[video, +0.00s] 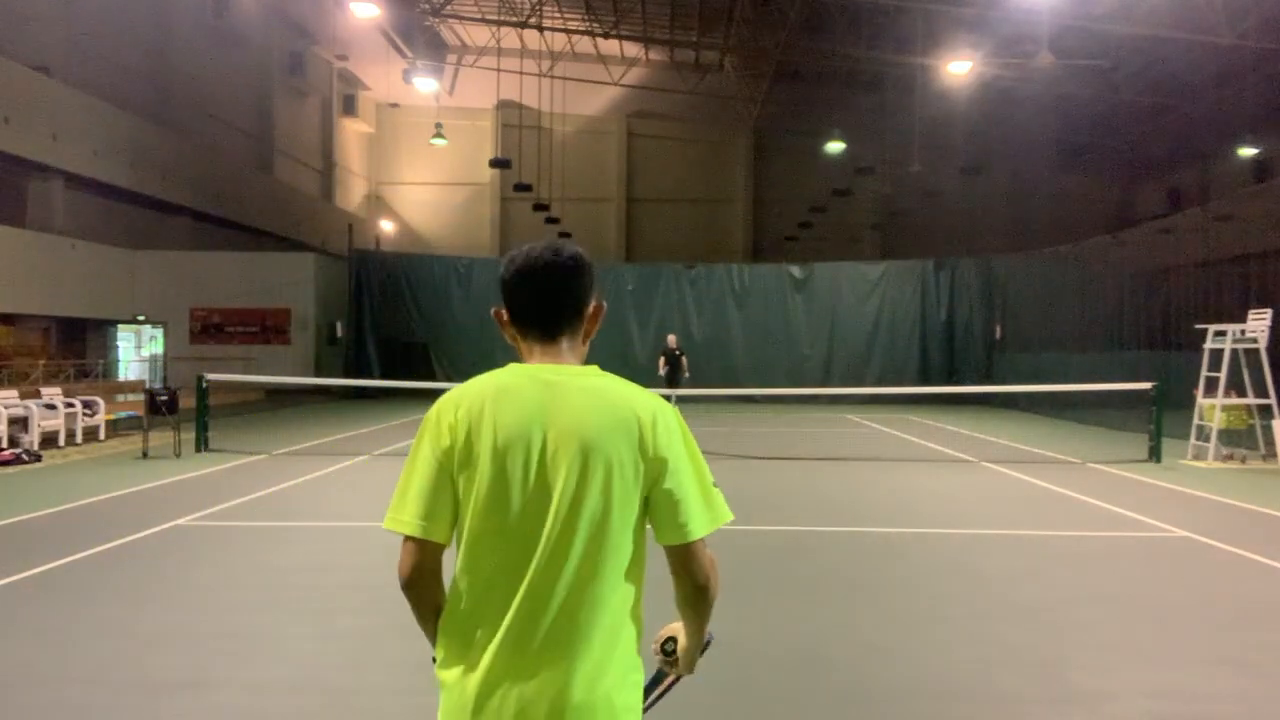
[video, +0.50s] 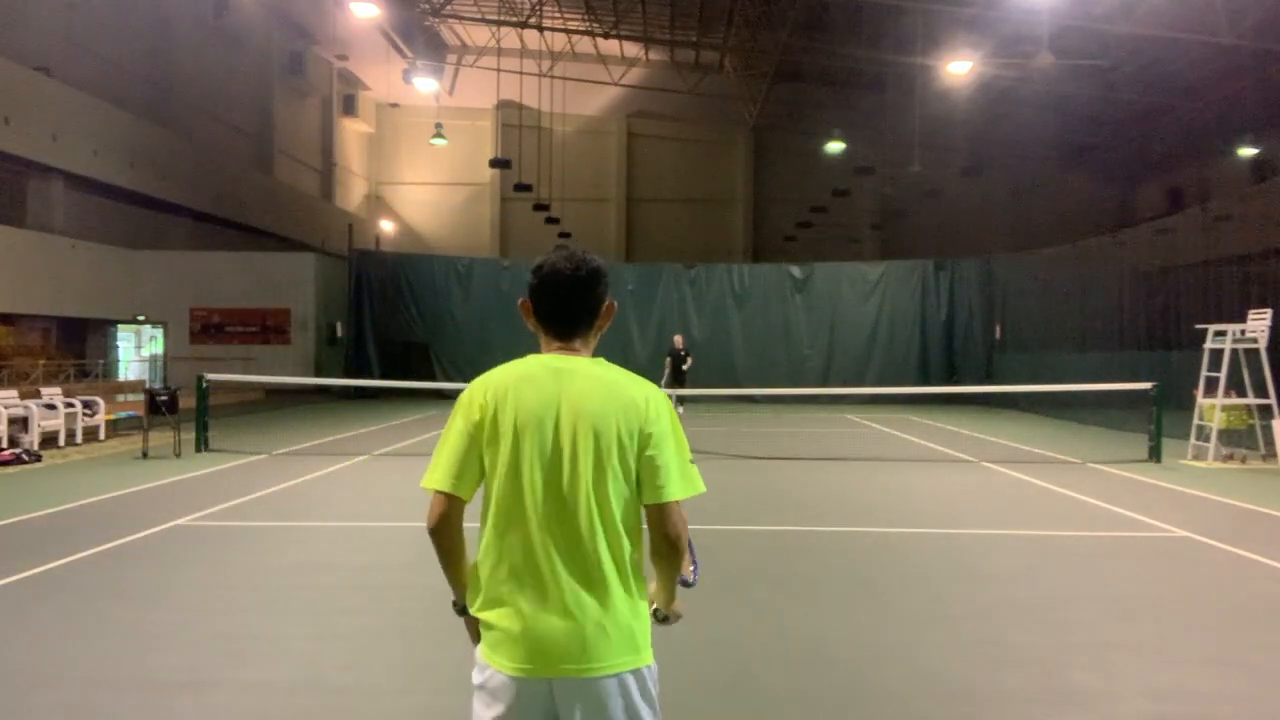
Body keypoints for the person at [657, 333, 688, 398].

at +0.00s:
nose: (672, 342)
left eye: (673, 340)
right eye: (670, 340)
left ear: (675, 341)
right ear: (667, 341)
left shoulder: (679, 350)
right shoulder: (665, 351)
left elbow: (684, 360)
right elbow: (662, 360)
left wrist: (685, 371)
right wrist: (661, 370)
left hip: (678, 370)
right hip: (668, 370)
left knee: (676, 386)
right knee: (668, 386)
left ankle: (674, 400)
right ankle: (668, 400)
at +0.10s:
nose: (672, 342)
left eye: (674, 340)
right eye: (671, 340)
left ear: (676, 341)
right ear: (669, 341)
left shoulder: (680, 350)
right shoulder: (666, 351)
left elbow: (685, 361)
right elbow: (662, 361)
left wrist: (686, 372)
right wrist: (661, 371)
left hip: (678, 372)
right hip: (669, 373)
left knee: (678, 389)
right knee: (668, 390)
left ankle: (678, 404)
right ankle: (669, 406)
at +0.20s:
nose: (673, 343)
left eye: (675, 341)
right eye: (672, 341)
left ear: (678, 341)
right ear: (670, 342)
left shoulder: (682, 351)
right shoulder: (668, 352)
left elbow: (685, 362)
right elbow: (663, 363)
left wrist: (687, 372)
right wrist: (661, 373)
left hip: (679, 373)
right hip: (670, 374)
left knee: (680, 389)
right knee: (668, 390)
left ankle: (680, 404)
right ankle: (669, 406)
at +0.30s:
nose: (675, 343)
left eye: (676, 341)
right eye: (673, 341)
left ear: (679, 342)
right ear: (671, 342)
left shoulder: (683, 352)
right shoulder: (669, 352)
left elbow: (687, 362)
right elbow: (665, 363)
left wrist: (687, 371)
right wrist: (663, 372)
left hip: (680, 373)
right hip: (671, 373)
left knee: (680, 389)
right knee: (669, 389)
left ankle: (680, 405)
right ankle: (669, 405)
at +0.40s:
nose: (676, 343)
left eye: (677, 341)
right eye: (674, 341)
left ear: (681, 342)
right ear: (672, 342)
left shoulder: (684, 352)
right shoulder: (670, 352)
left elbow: (688, 361)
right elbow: (666, 366)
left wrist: (687, 369)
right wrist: (663, 378)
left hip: (681, 373)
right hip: (672, 372)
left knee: (681, 389)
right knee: (668, 388)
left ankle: (680, 405)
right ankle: (668, 404)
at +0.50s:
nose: (677, 342)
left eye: (679, 340)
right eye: (675, 340)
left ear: (682, 341)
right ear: (674, 342)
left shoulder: (685, 351)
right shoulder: (671, 352)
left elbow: (689, 360)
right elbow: (667, 365)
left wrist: (686, 366)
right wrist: (664, 378)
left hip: (681, 372)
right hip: (673, 372)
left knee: (681, 389)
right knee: (670, 387)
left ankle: (681, 405)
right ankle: (670, 404)